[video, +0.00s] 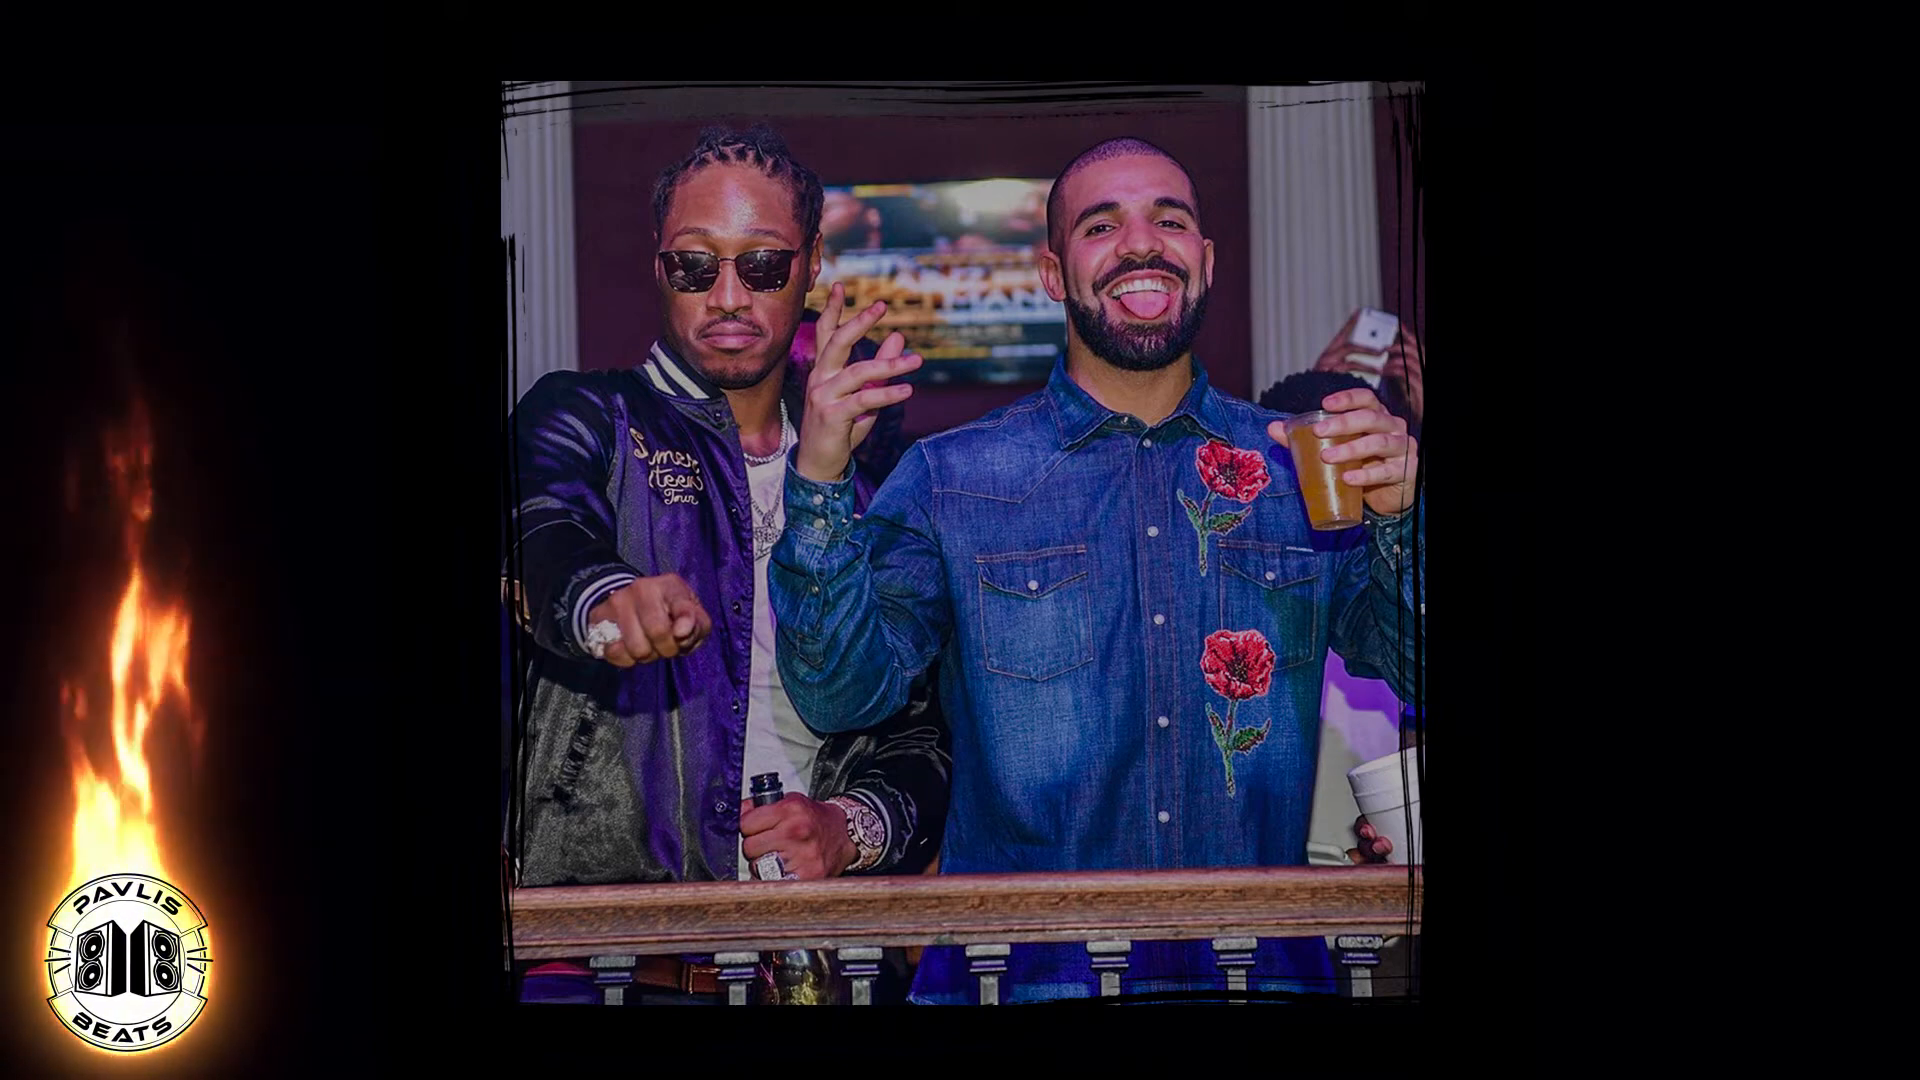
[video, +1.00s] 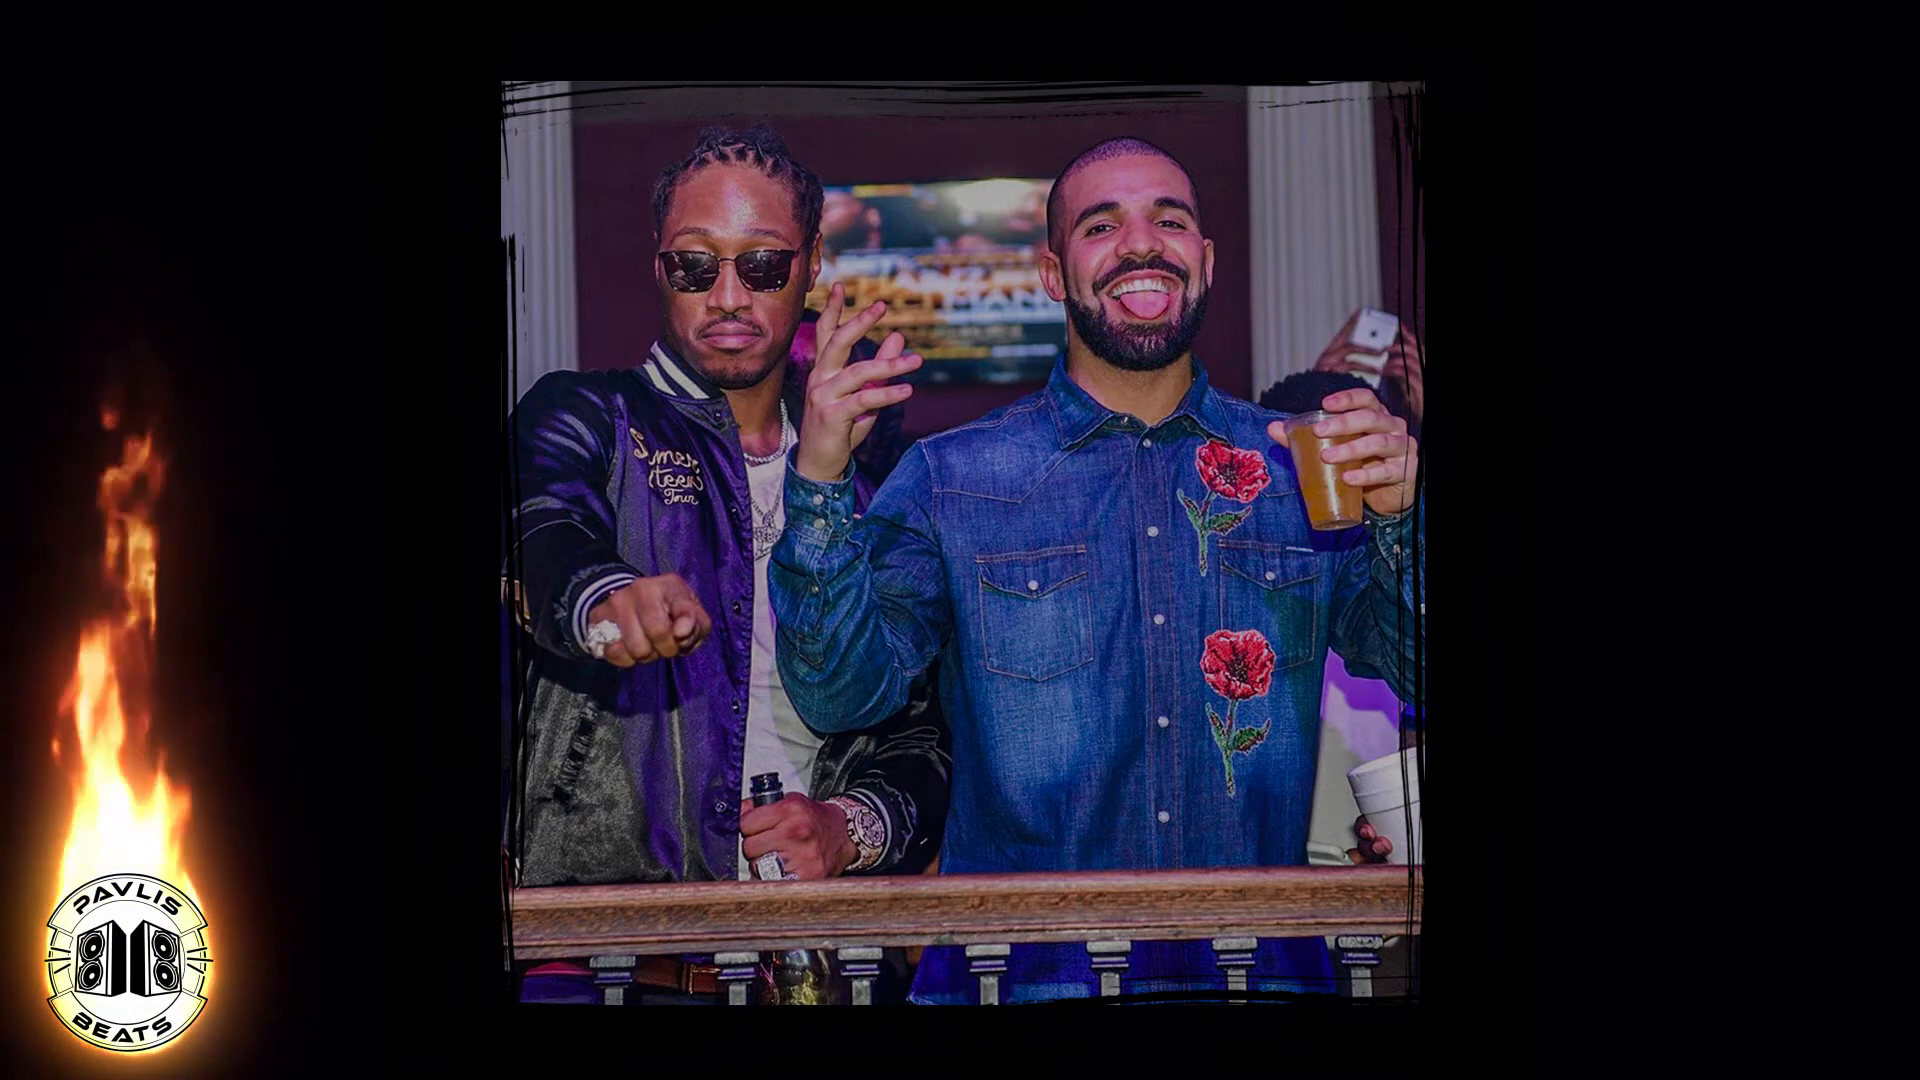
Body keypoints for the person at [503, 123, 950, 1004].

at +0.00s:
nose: (729, 296)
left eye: (764, 266)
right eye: (694, 266)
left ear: (811, 274)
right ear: (658, 273)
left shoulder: (879, 459)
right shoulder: (581, 411)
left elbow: (926, 724)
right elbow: (540, 526)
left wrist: (857, 825)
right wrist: (603, 596)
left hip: (827, 942)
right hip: (605, 942)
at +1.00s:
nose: (729, 296)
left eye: (763, 266)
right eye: (694, 266)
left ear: (811, 274)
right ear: (658, 274)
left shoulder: (876, 458)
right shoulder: (581, 411)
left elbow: (925, 724)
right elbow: (542, 526)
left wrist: (858, 825)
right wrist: (604, 596)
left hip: (827, 943)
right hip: (606, 943)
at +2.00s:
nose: (729, 296)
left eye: (764, 266)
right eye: (694, 266)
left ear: (811, 274)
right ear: (658, 273)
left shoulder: (878, 459)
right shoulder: (581, 411)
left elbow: (926, 724)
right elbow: (540, 526)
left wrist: (857, 825)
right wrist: (603, 595)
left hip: (827, 942)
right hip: (606, 942)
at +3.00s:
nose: (729, 296)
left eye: (764, 266)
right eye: (694, 266)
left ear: (811, 274)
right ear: (658, 273)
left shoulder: (879, 459)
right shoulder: (581, 412)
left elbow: (926, 724)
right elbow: (540, 525)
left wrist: (857, 825)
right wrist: (603, 595)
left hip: (827, 942)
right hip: (606, 942)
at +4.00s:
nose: (729, 296)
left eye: (763, 266)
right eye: (694, 266)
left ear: (811, 274)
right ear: (658, 272)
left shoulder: (878, 460)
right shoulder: (581, 412)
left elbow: (926, 726)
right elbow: (540, 525)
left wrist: (857, 826)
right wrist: (602, 595)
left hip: (827, 944)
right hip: (605, 943)